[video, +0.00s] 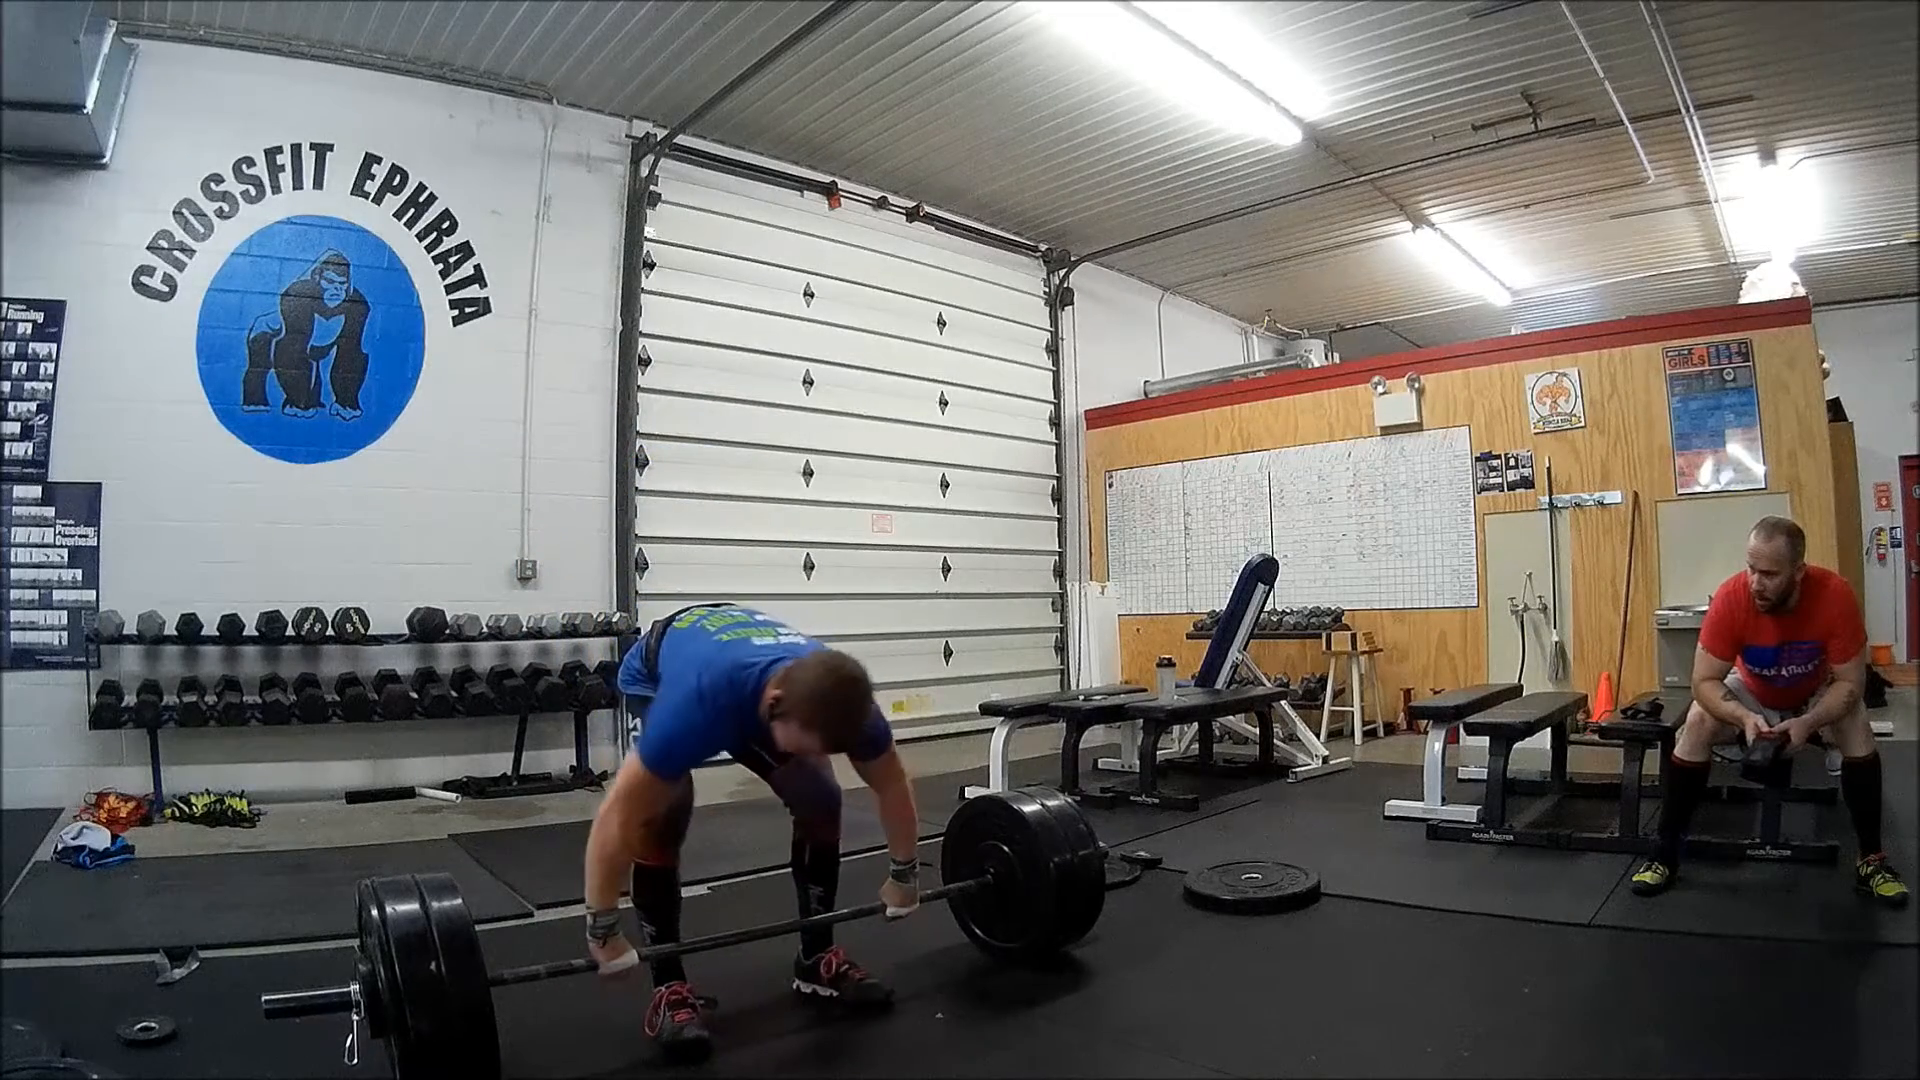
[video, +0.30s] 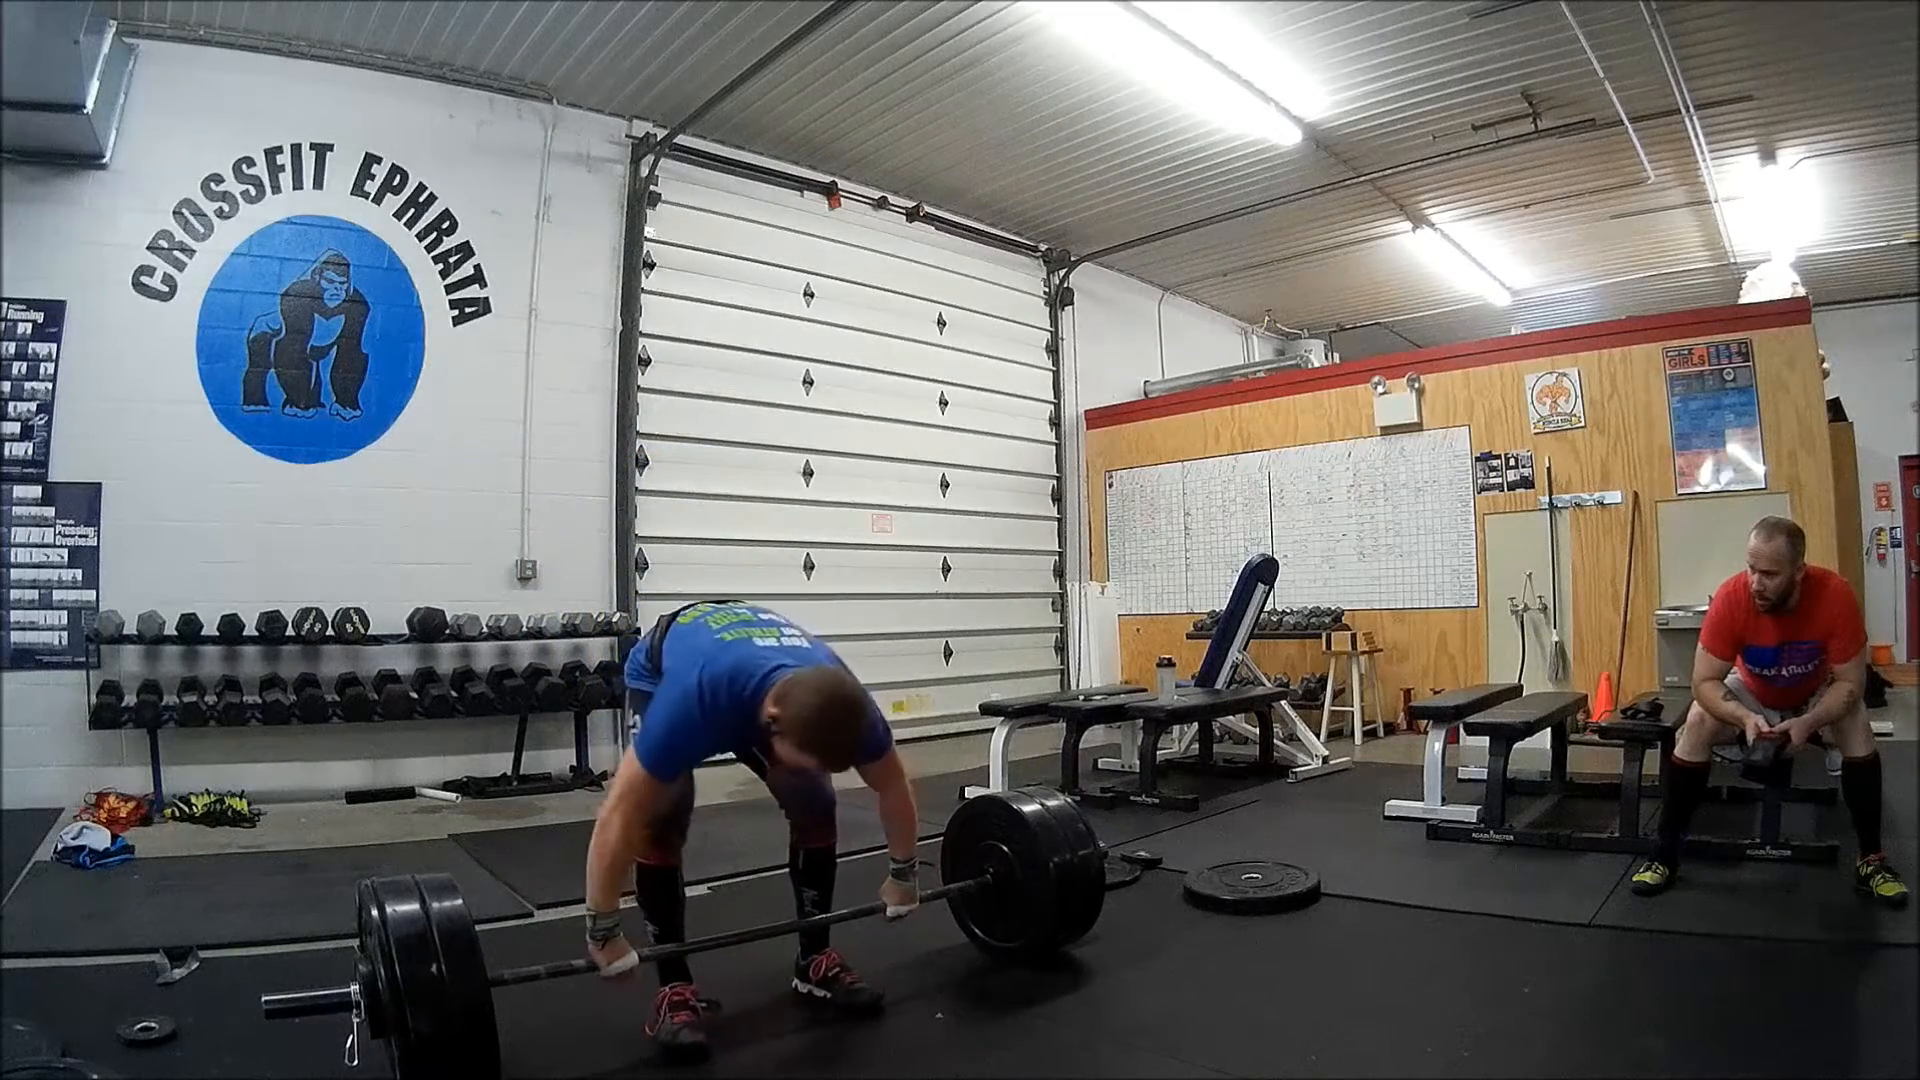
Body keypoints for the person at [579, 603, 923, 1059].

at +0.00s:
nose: (808, 762)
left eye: (822, 755)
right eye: (801, 750)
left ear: (843, 722)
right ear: (774, 703)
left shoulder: (848, 707)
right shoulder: (697, 704)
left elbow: (890, 782)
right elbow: (617, 811)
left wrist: (906, 873)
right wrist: (602, 930)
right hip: (651, 679)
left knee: (820, 800)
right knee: (665, 816)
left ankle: (817, 959)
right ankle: (670, 990)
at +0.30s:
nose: (813, 773)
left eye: (827, 766)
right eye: (805, 762)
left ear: (846, 725)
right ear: (774, 719)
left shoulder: (849, 708)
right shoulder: (691, 702)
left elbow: (892, 785)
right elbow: (617, 812)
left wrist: (904, 873)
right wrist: (603, 931)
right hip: (661, 670)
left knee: (816, 807)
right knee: (663, 824)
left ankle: (815, 960)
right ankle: (675, 989)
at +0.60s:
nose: (834, 767)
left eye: (847, 764)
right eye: (829, 758)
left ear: (878, 721)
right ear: (804, 713)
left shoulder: (866, 700)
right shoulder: (716, 707)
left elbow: (901, 791)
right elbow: (639, 824)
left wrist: (911, 877)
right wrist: (608, 931)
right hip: (670, 677)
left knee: (829, 804)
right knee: (686, 819)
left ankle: (819, 958)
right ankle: (674, 992)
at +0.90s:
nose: (806, 797)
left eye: (825, 793)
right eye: (799, 781)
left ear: (853, 752)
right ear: (773, 731)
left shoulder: (861, 726)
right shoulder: (687, 712)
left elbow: (896, 795)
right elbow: (618, 818)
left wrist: (908, 877)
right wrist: (602, 934)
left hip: (758, 644)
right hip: (656, 666)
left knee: (821, 804)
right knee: (665, 823)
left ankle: (817, 958)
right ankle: (672, 992)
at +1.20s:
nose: (836, 778)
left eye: (849, 774)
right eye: (830, 767)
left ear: (882, 730)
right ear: (803, 723)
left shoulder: (874, 712)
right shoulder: (714, 709)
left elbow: (905, 793)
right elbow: (638, 823)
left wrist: (912, 877)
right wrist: (607, 932)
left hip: (772, 657)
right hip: (676, 672)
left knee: (830, 806)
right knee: (683, 818)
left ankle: (815, 960)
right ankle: (673, 991)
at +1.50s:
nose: (820, 798)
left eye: (837, 796)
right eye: (814, 787)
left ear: (876, 750)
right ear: (789, 736)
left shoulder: (871, 729)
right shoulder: (701, 715)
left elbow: (898, 797)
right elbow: (625, 824)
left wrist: (907, 877)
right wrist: (603, 934)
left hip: (768, 643)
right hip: (667, 664)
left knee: (827, 809)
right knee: (669, 826)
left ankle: (814, 959)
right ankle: (676, 991)